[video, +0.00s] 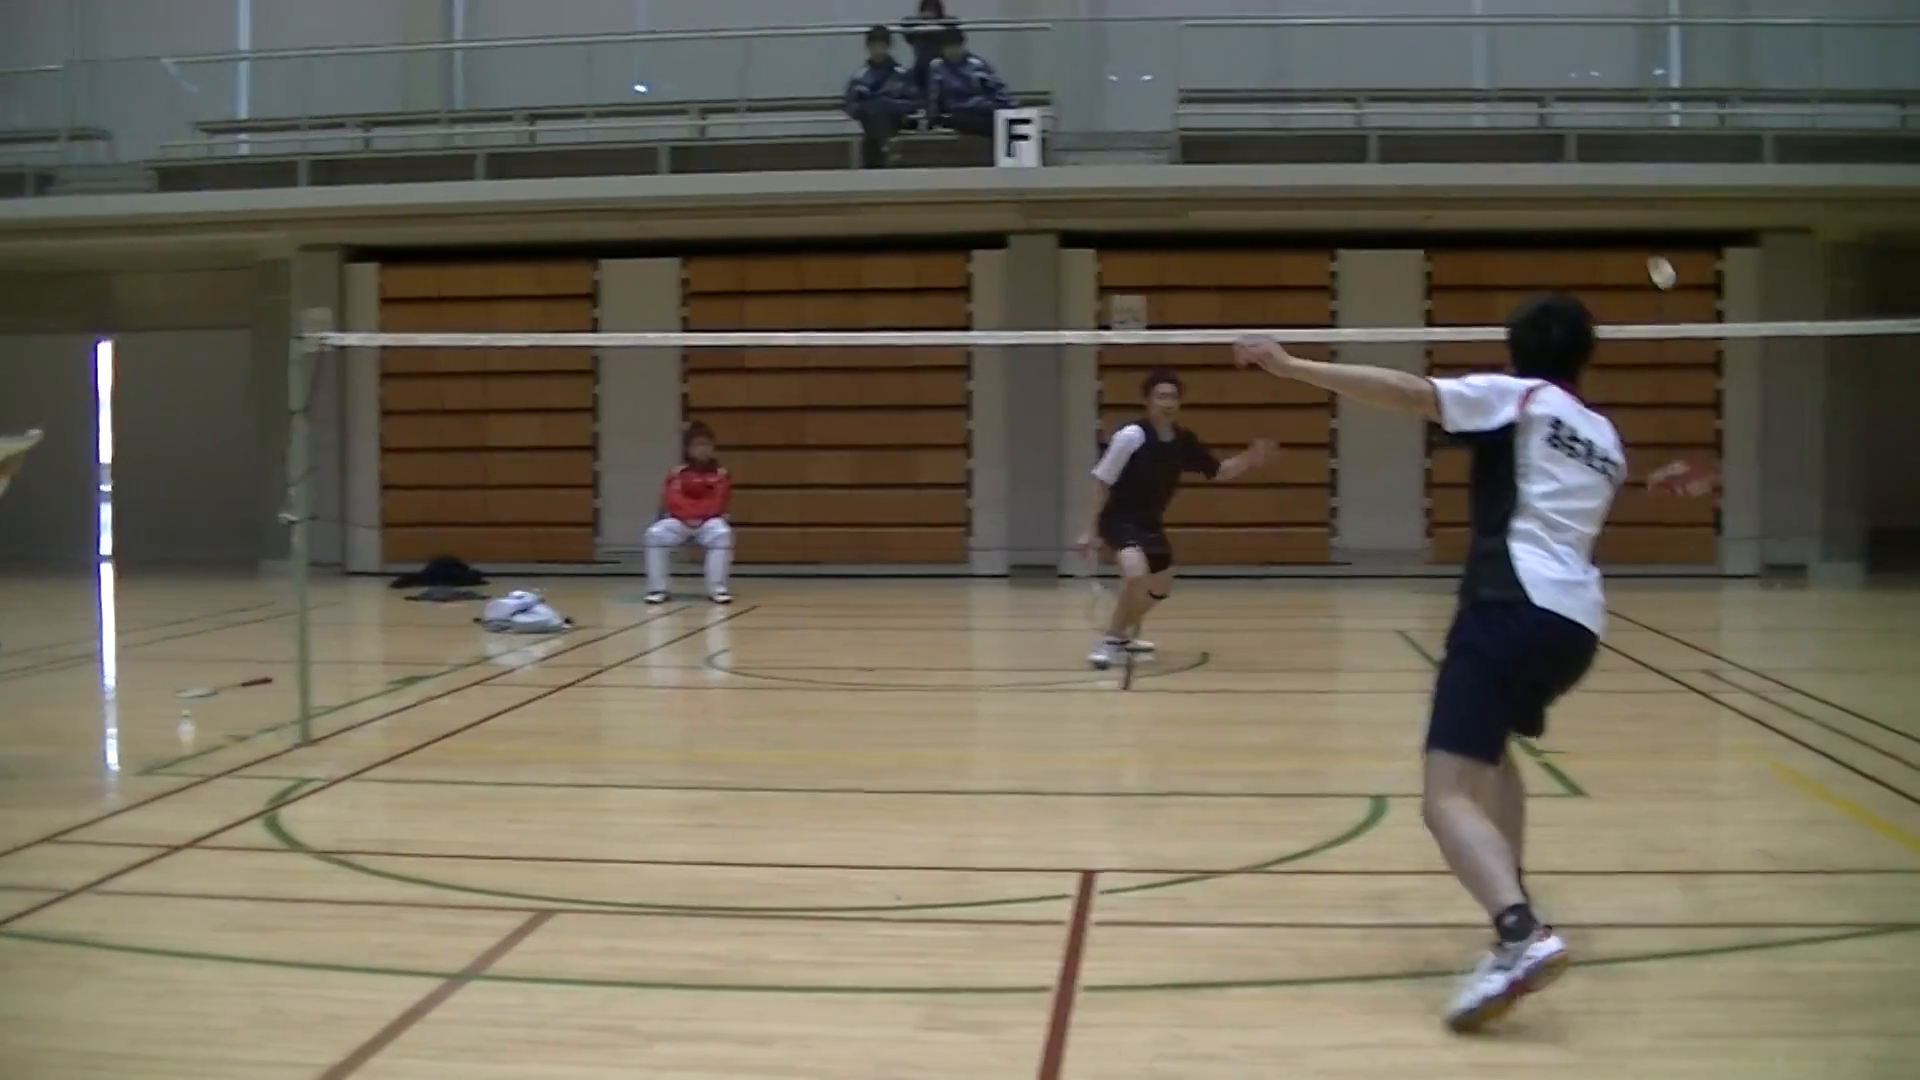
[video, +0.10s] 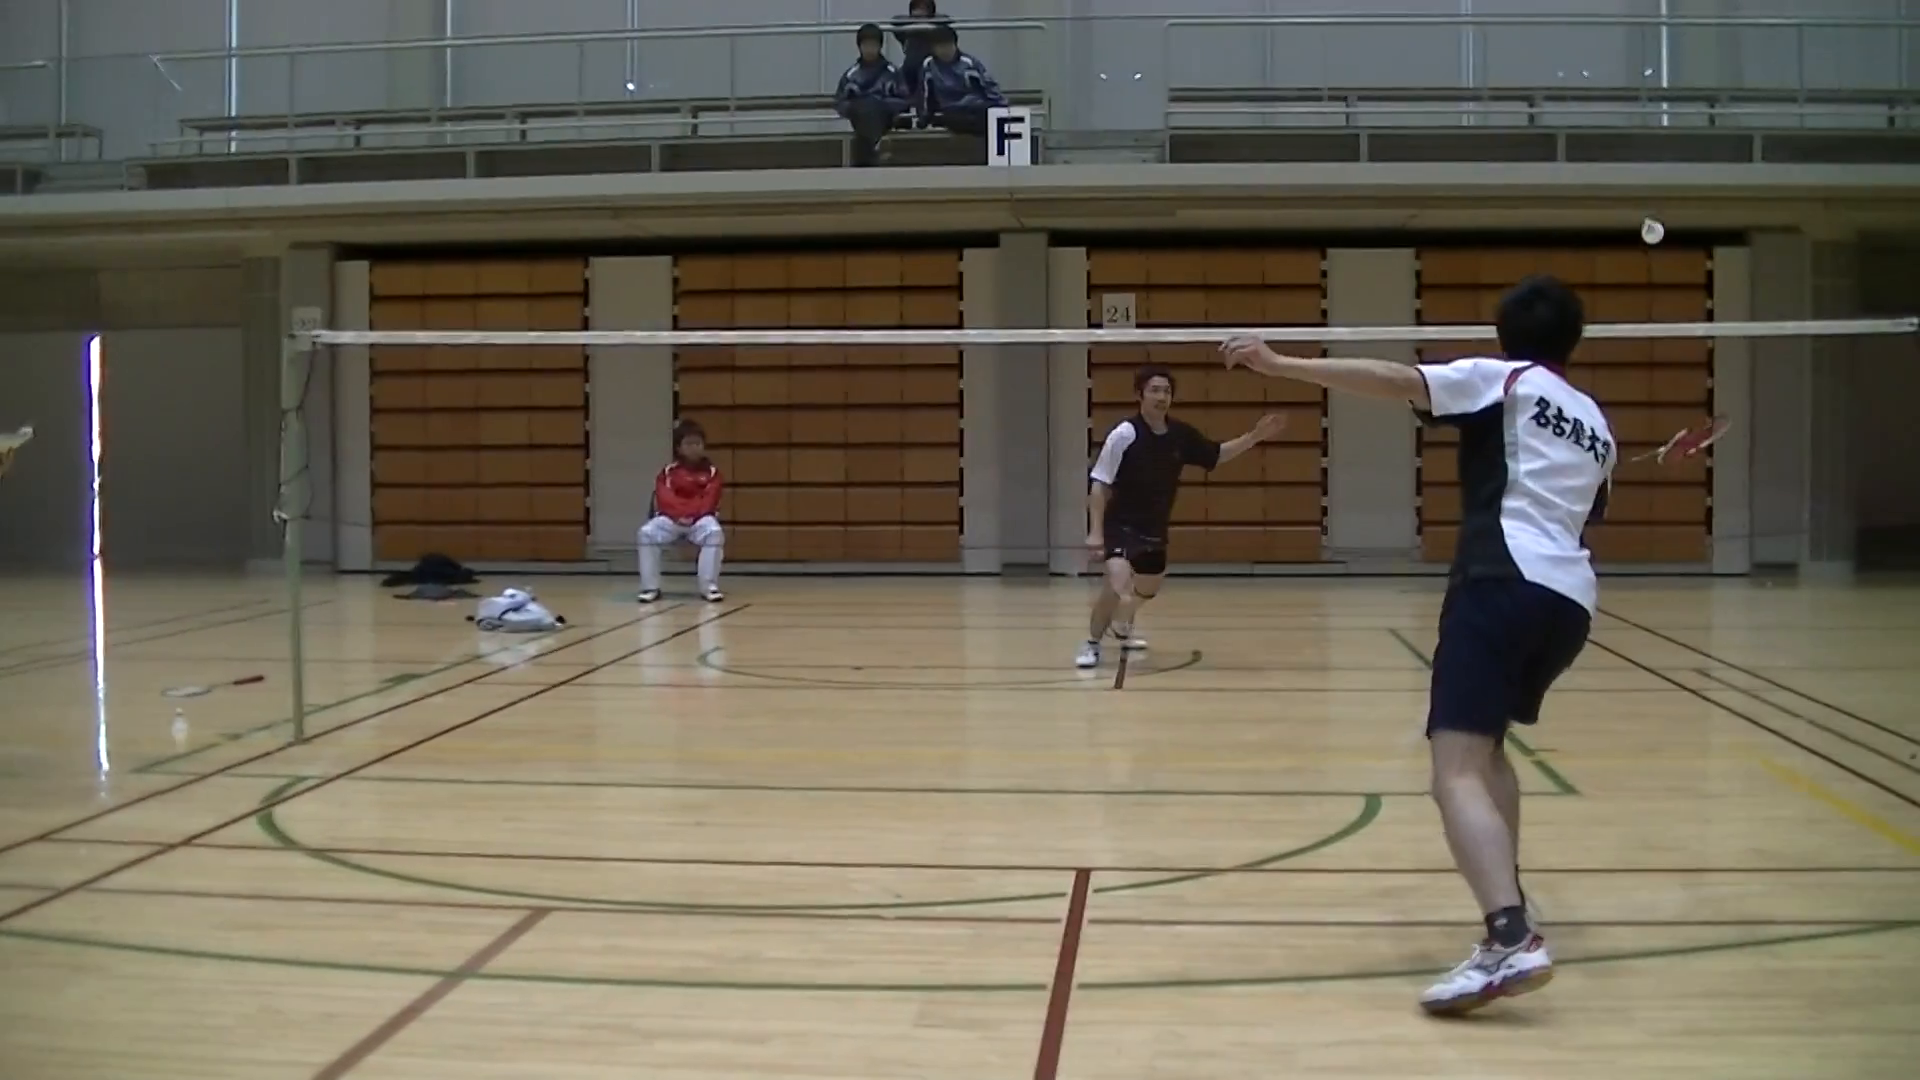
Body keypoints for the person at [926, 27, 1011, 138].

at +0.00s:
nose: (954, 52)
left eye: (957, 47)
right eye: (949, 48)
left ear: (962, 47)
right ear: (943, 49)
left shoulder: (976, 63)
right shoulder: (937, 67)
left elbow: (996, 84)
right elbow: (934, 95)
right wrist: (933, 118)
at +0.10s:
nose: (944, 52)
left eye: (947, 46)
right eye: (940, 47)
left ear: (954, 46)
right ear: (934, 49)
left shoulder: (969, 62)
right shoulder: (929, 66)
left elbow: (988, 84)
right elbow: (926, 94)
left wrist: (1000, 104)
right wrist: (924, 118)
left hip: (980, 108)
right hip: (952, 112)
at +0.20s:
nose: (943, 52)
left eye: (945, 46)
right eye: (938, 47)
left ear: (953, 46)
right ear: (932, 49)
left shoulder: (968, 63)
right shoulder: (927, 66)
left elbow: (986, 85)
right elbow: (923, 93)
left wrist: (999, 104)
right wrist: (922, 118)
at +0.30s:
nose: (928, 52)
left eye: (931, 47)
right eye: (923, 48)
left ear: (937, 46)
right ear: (915, 49)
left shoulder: (949, 63)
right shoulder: (910, 67)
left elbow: (969, 85)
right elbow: (906, 94)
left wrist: (983, 105)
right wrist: (905, 118)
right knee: (952, 101)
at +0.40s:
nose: (913, 53)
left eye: (916, 47)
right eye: (908, 48)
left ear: (923, 47)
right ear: (902, 50)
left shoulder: (935, 63)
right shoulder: (897, 66)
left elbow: (955, 85)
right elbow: (893, 95)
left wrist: (969, 104)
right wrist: (891, 119)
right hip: (916, 114)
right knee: (938, 101)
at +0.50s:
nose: (908, 53)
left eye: (911, 48)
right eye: (904, 49)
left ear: (918, 48)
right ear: (897, 50)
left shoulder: (932, 65)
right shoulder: (892, 67)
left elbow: (951, 87)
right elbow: (888, 96)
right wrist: (886, 120)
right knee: (933, 102)